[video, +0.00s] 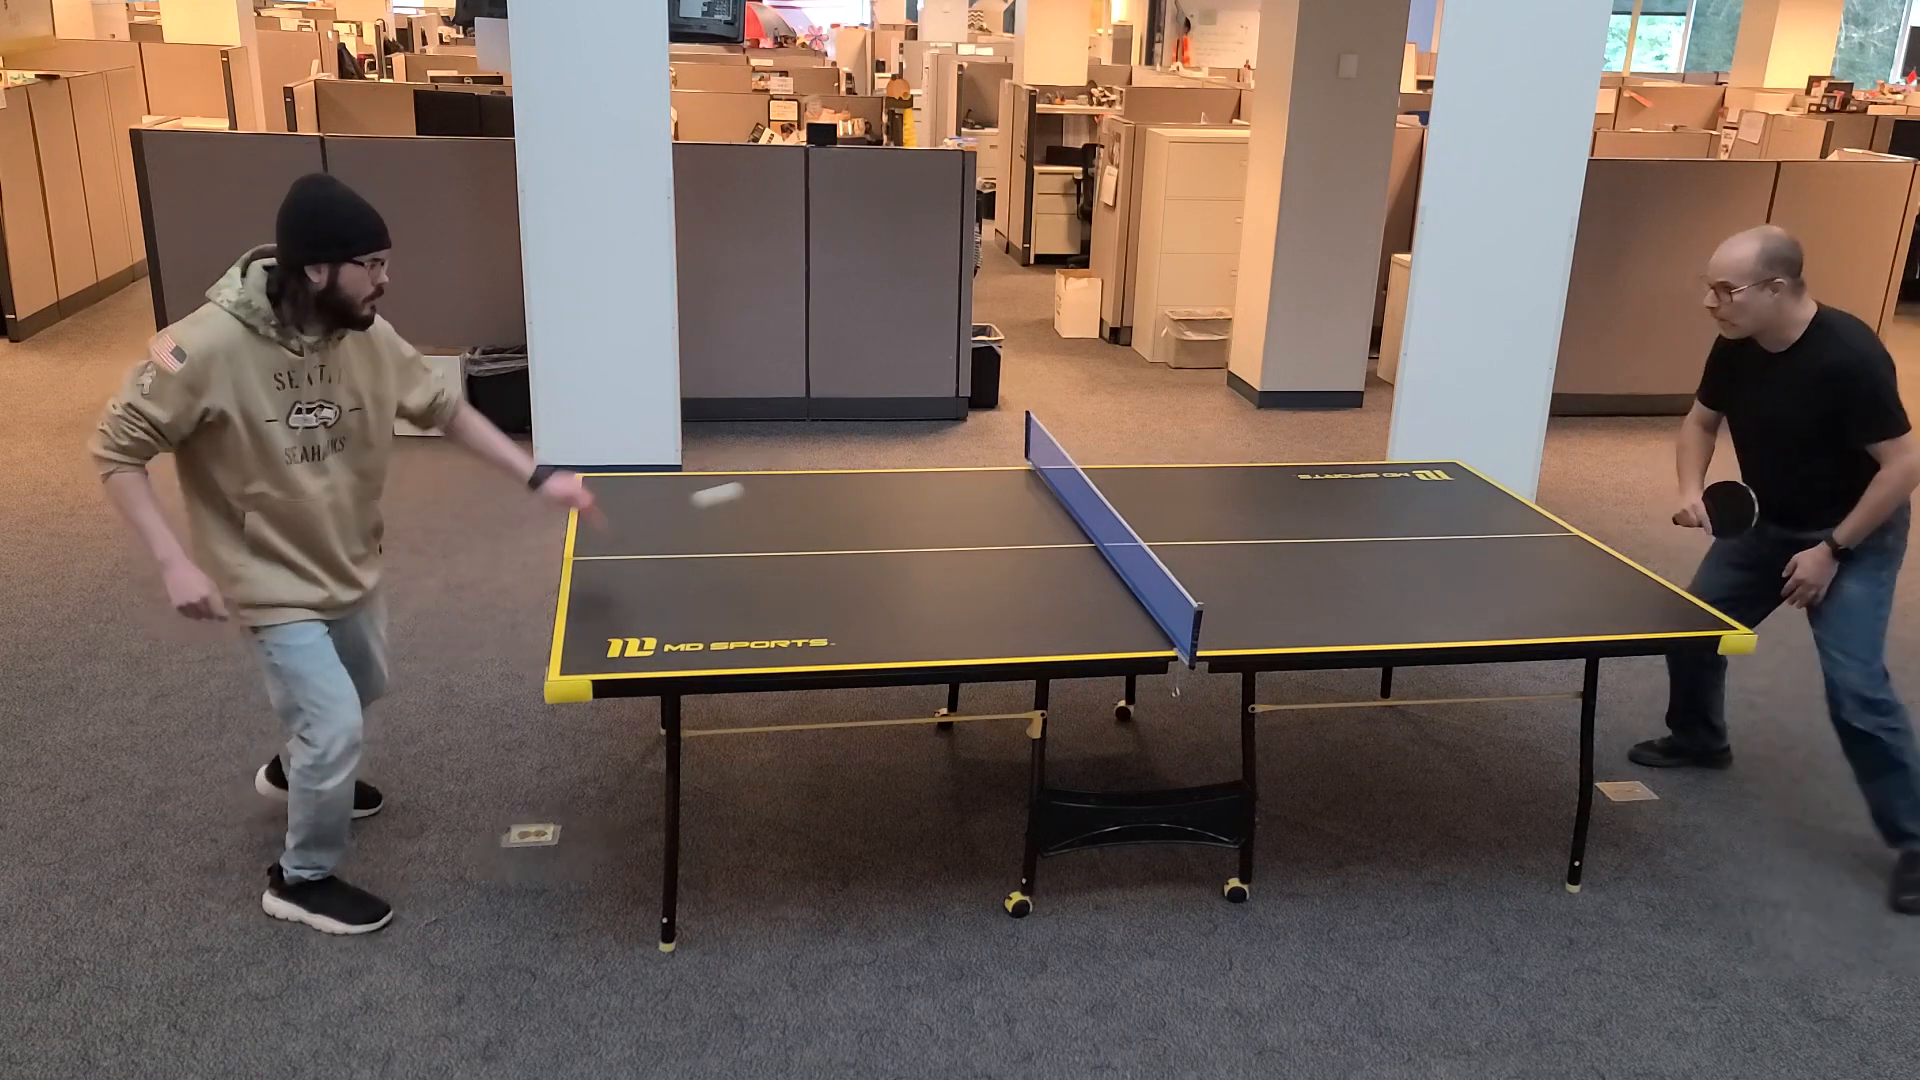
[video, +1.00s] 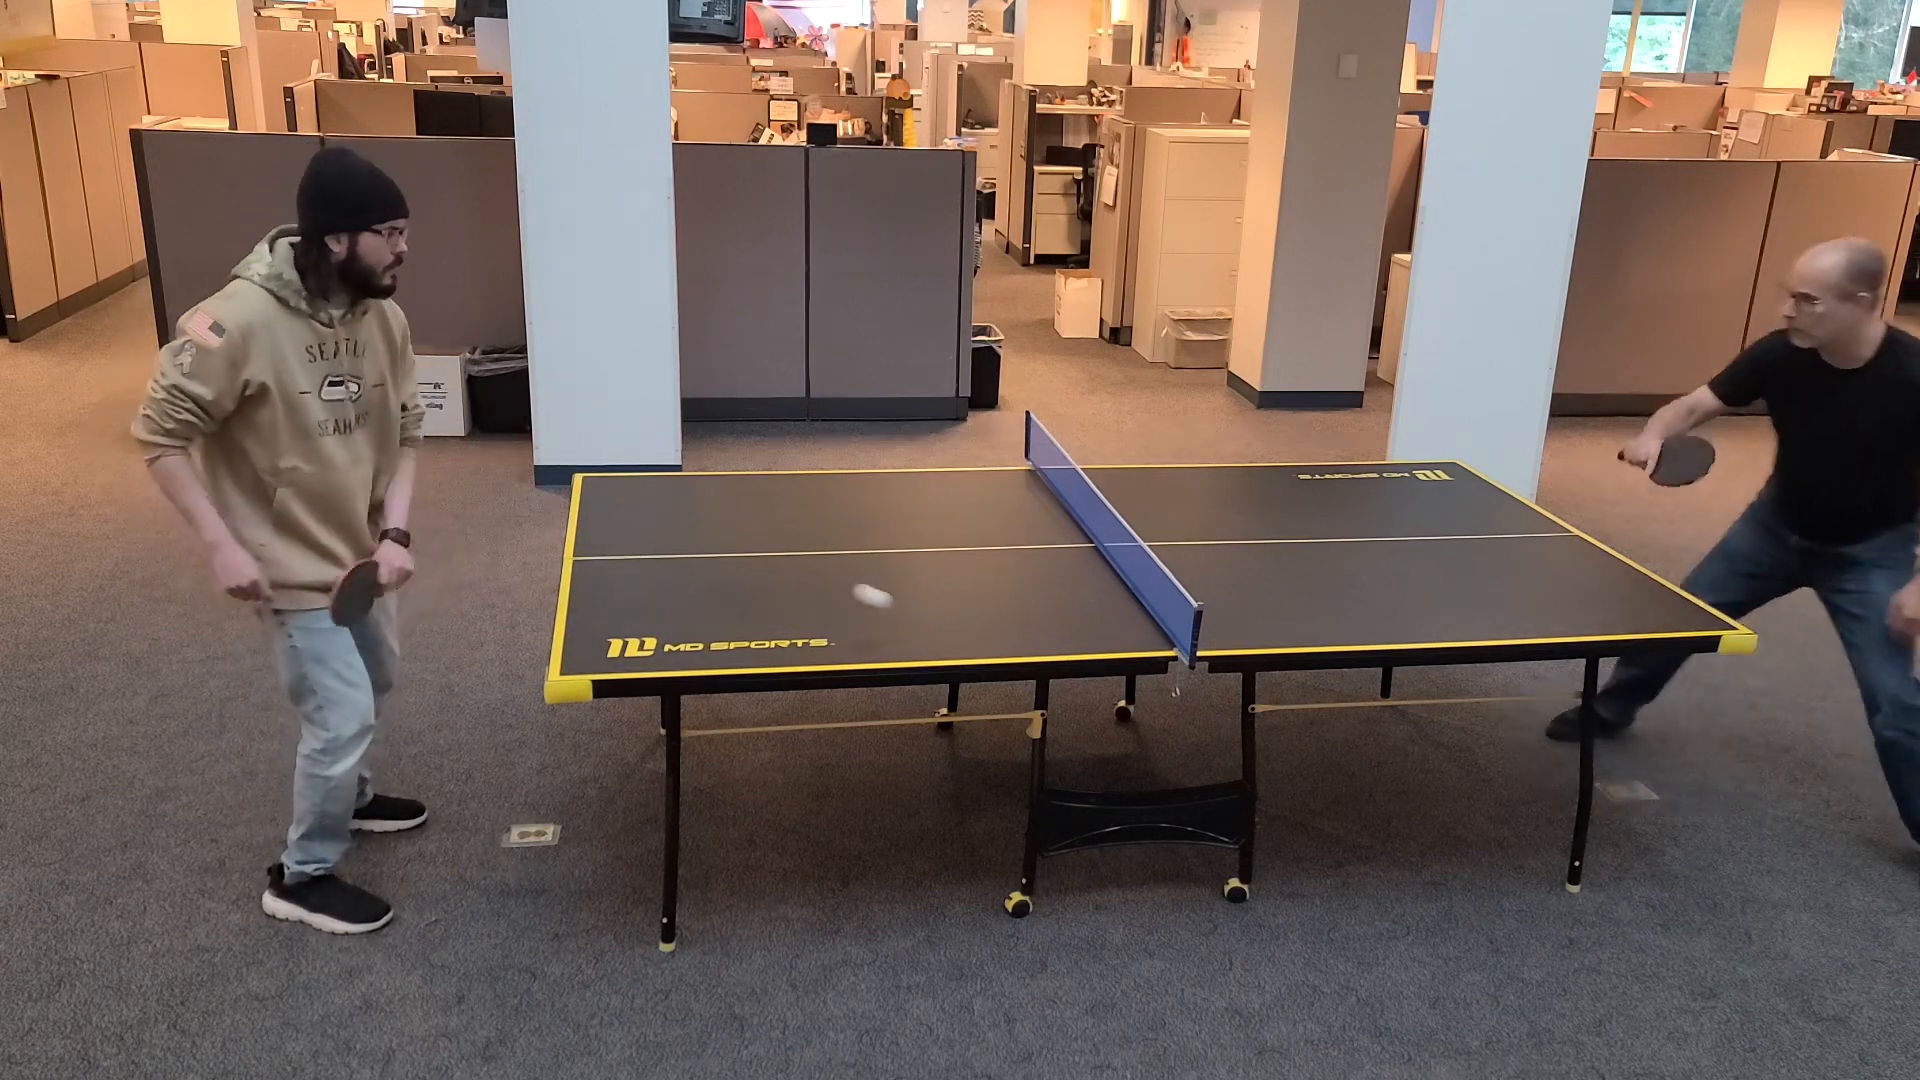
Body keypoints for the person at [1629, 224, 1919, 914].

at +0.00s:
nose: (1711, 300)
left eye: (1725, 289)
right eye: (1709, 287)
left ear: (1779, 289)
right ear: (1762, 288)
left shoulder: (1854, 355)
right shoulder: (1733, 346)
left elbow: (1903, 467)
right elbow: (1699, 425)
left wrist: (1831, 549)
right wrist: (1691, 488)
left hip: (1858, 536)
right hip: (1769, 523)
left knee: (1854, 687)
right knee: (1691, 624)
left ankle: (1912, 843)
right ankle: (1699, 739)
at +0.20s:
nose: (1755, 302)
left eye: (1771, 291)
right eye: (1754, 288)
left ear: (1825, 291)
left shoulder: (1894, 362)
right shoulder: (1765, 353)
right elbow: (1728, 428)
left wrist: (1872, 553)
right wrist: (1711, 503)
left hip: (1885, 552)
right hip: (1788, 538)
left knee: (1906, 701)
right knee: (1705, 631)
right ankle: (1700, 740)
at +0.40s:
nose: (1812, 325)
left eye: (1829, 313)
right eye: (1810, 308)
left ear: (1885, 312)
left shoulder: (1919, 374)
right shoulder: (1812, 365)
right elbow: (1775, 447)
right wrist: (1764, 528)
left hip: (1907, 567)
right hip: (1826, 546)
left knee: (1910, 713)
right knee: (1736, 633)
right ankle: (1704, 739)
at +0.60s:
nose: (1859, 326)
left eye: (1878, 315)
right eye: (1857, 309)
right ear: (1855, 301)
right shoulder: (1841, 367)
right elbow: (1763, 435)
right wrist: (1704, 485)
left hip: (1917, 567)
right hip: (1846, 541)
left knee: (1919, 716)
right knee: (1757, 645)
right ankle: (1706, 742)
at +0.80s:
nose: (1854, 317)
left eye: (1871, 305)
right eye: (1854, 300)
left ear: (1915, 309)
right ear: (1857, 296)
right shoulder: (1841, 353)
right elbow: (1737, 395)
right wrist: (1672, 410)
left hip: (1910, 558)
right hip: (1831, 528)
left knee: (1916, 713)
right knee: (1735, 632)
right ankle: (1689, 730)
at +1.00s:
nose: (1787, 310)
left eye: (1805, 301)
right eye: (1789, 296)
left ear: (1866, 305)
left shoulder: (1910, 375)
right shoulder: (1781, 356)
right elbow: (1698, 404)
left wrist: (1918, 581)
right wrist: (1653, 431)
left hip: (1876, 552)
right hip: (1779, 527)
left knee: (1899, 705)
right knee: (1680, 615)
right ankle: (1611, 709)